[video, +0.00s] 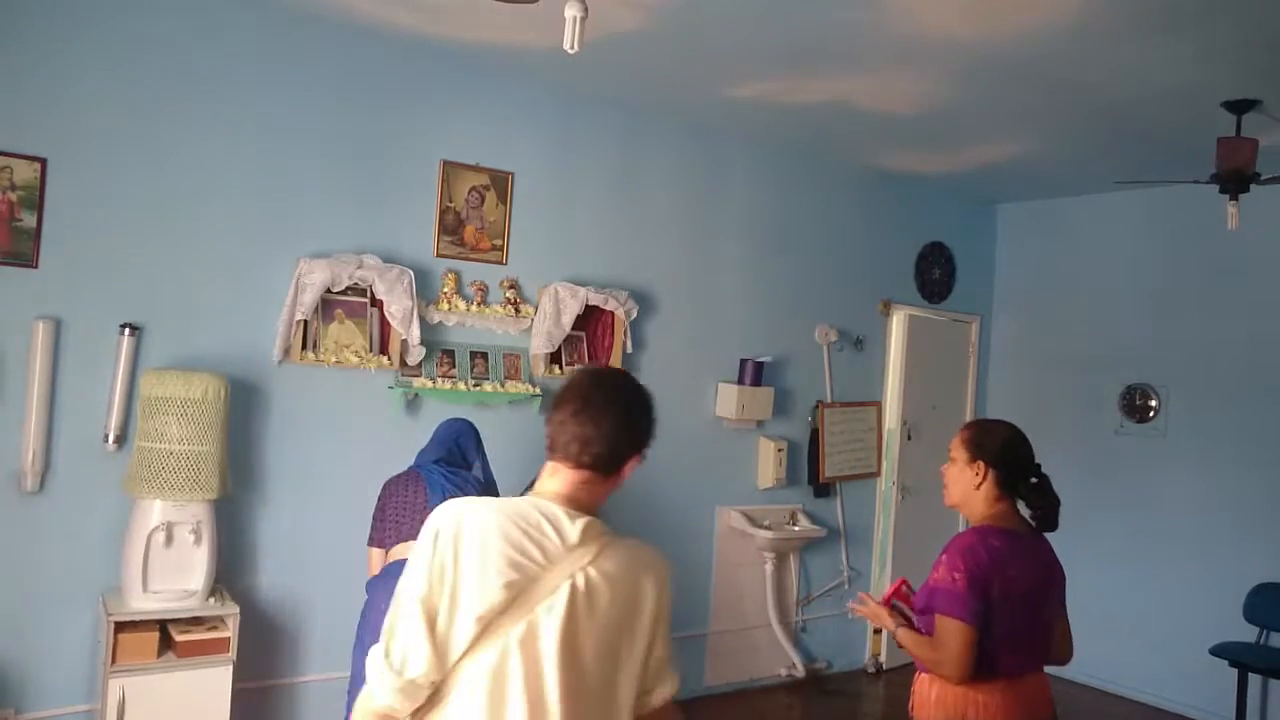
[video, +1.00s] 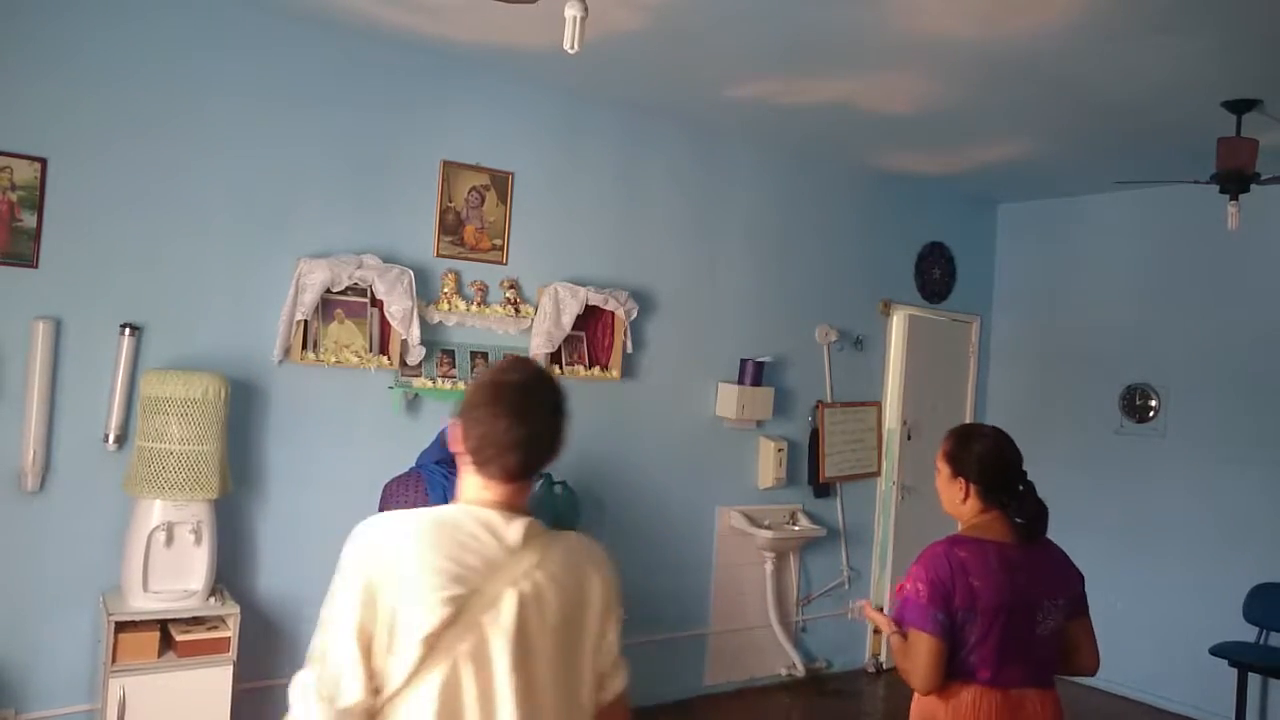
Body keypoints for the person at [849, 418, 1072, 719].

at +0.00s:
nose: (942, 471)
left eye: (951, 461)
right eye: (947, 461)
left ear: (978, 473)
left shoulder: (965, 550)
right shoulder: (1040, 547)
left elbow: (953, 665)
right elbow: (1060, 650)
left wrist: (895, 626)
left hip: (962, 701)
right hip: (1028, 695)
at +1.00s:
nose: (936, 482)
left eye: (939, 473)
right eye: (937, 472)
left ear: (962, 488)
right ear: (1008, 481)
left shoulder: (941, 561)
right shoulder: (1054, 559)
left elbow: (923, 678)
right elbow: (1085, 660)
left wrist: (891, 633)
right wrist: (1016, 649)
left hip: (958, 706)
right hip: (1037, 705)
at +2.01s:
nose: (966, 466)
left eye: (975, 459)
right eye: (971, 457)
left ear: (1003, 477)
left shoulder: (994, 551)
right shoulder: (1053, 544)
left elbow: (982, 661)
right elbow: (1068, 639)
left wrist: (916, 622)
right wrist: (954, 619)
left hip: (989, 696)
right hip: (1045, 686)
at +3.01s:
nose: (966, 482)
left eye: (971, 471)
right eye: (969, 470)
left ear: (995, 484)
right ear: (1041, 482)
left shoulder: (973, 564)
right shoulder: (1081, 565)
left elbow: (962, 686)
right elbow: (1114, 666)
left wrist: (910, 646)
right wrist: (1041, 666)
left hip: (989, 709)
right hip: (1069, 709)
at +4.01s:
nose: (1046, 488)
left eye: (1052, 478)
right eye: (1049, 477)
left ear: (1082, 495)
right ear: (1125, 494)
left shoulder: (1079, 576)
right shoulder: (1164, 568)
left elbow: (1078, 701)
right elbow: (1196, 666)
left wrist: (1007, 658)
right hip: (1176, 711)